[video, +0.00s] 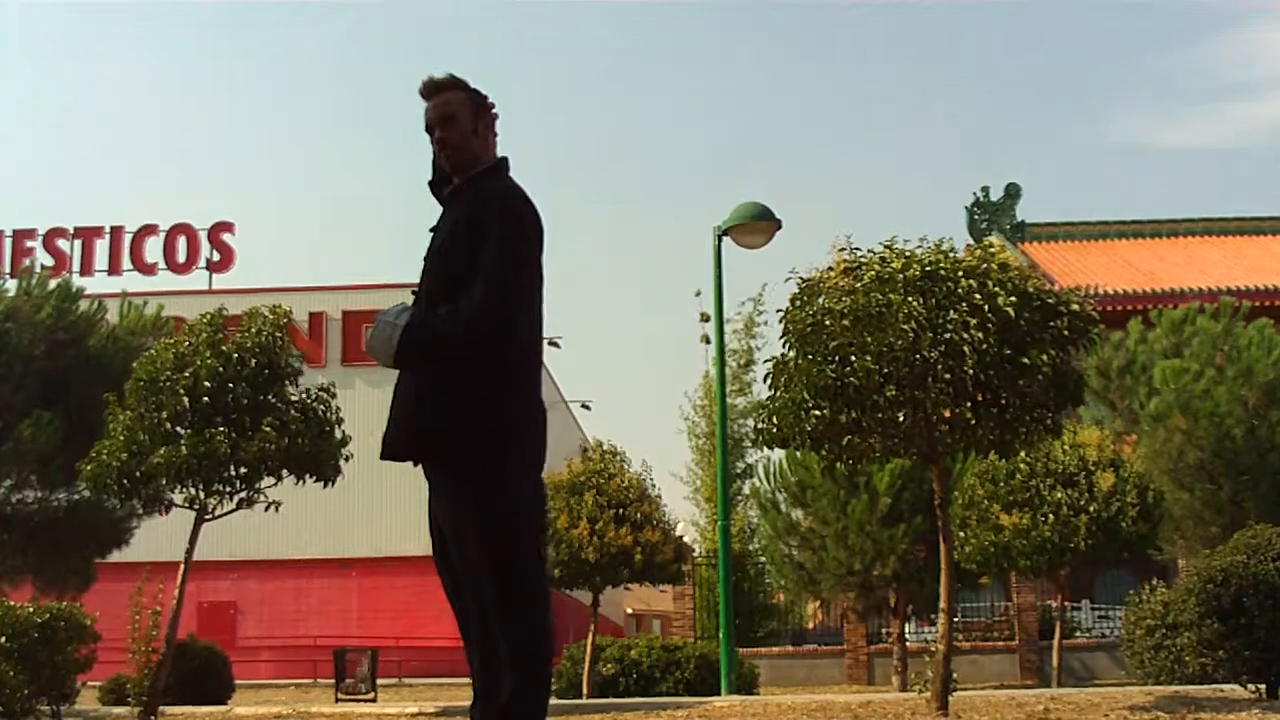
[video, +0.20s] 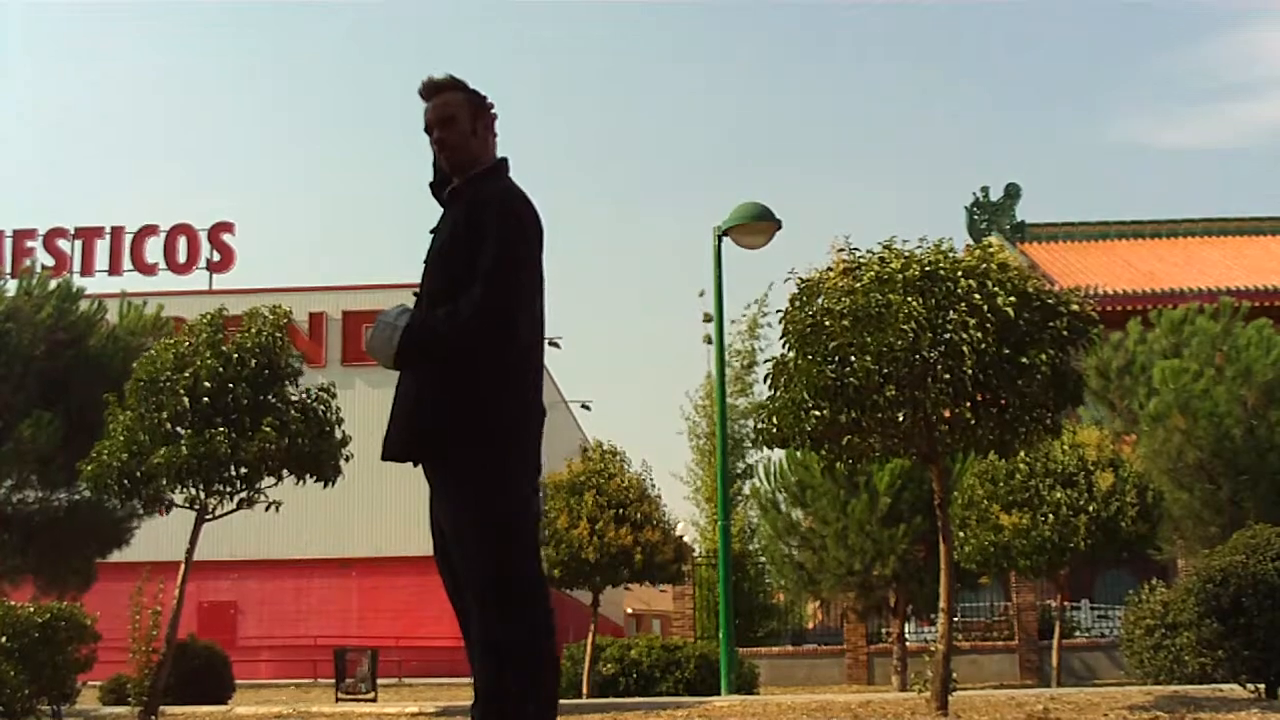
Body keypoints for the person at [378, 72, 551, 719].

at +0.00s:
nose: (438, 136)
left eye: (448, 122)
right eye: (431, 128)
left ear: (488, 121)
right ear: (431, 137)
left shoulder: (502, 204)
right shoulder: (463, 211)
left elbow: (490, 323)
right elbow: (463, 313)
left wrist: (404, 334)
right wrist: (406, 324)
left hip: (493, 432)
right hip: (459, 433)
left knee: (503, 574)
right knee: (465, 572)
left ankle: (515, 707)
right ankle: (493, 702)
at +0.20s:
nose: (437, 137)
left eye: (447, 123)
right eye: (430, 129)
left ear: (487, 121)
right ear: (429, 138)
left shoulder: (501, 205)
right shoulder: (464, 211)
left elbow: (488, 323)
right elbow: (465, 316)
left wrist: (404, 335)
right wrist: (407, 327)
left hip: (491, 432)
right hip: (461, 431)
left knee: (501, 574)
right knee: (468, 572)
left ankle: (518, 707)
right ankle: (498, 702)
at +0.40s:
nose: (434, 139)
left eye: (445, 124)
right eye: (428, 130)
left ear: (485, 122)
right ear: (429, 139)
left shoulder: (499, 205)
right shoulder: (467, 210)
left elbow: (486, 324)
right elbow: (465, 316)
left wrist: (404, 339)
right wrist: (408, 326)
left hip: (487, 430)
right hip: (462, 429)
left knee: (500, 571)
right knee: (470, 570)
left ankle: (514, 706)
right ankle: (498, 702)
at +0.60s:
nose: (435, 140)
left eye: (445, 125)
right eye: (427, 132)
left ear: (483, 123)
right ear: (425, 141)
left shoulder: (500, 206)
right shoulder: (467, 211)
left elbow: (486, 325)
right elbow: (466, 318)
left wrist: (403, 339)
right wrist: (407, 329)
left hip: (489, 434)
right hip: (463, 434)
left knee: (502, 579)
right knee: (472, 578)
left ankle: (517, 709)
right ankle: (497, 705)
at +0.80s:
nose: (426, 146)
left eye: (436, 131)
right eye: (420, 138)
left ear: (480, 126)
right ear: (426, 145)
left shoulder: (497, 207)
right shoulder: (467, 211)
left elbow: (483, 327)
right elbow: (467, 323)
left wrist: (403, 343)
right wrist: (408, 335)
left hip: (490, 437)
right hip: (466, 437)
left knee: (500, 583)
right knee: (476, 582)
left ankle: (514, 709)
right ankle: (502, 706)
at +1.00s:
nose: (417, 159)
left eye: (424, 144)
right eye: (413, 149)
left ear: (472, 132)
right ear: (469, 139)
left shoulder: (474, 213)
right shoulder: (498, 208)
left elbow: (459, 343)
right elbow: (475, 337)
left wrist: (395, 348)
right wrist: (409, 339)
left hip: (480, 447)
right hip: (501, 442)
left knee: (497, 609)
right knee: (505, 607)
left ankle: (507, 711)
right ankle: (512, 711)